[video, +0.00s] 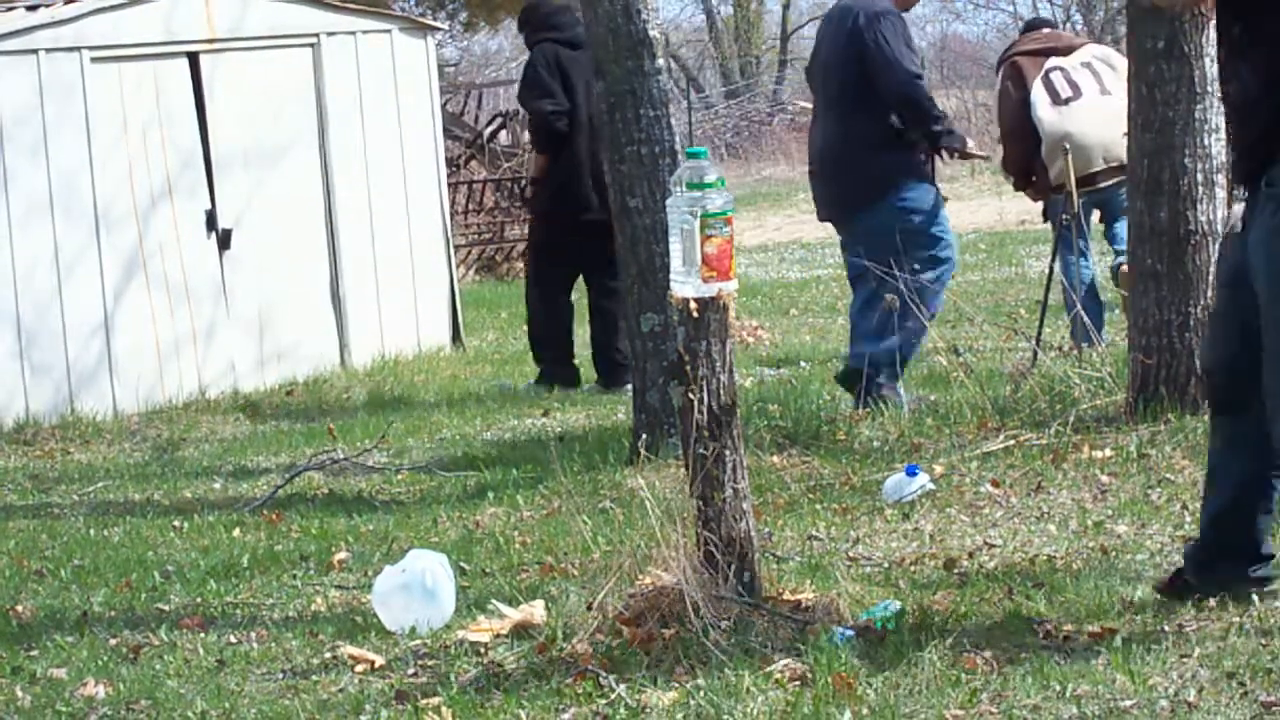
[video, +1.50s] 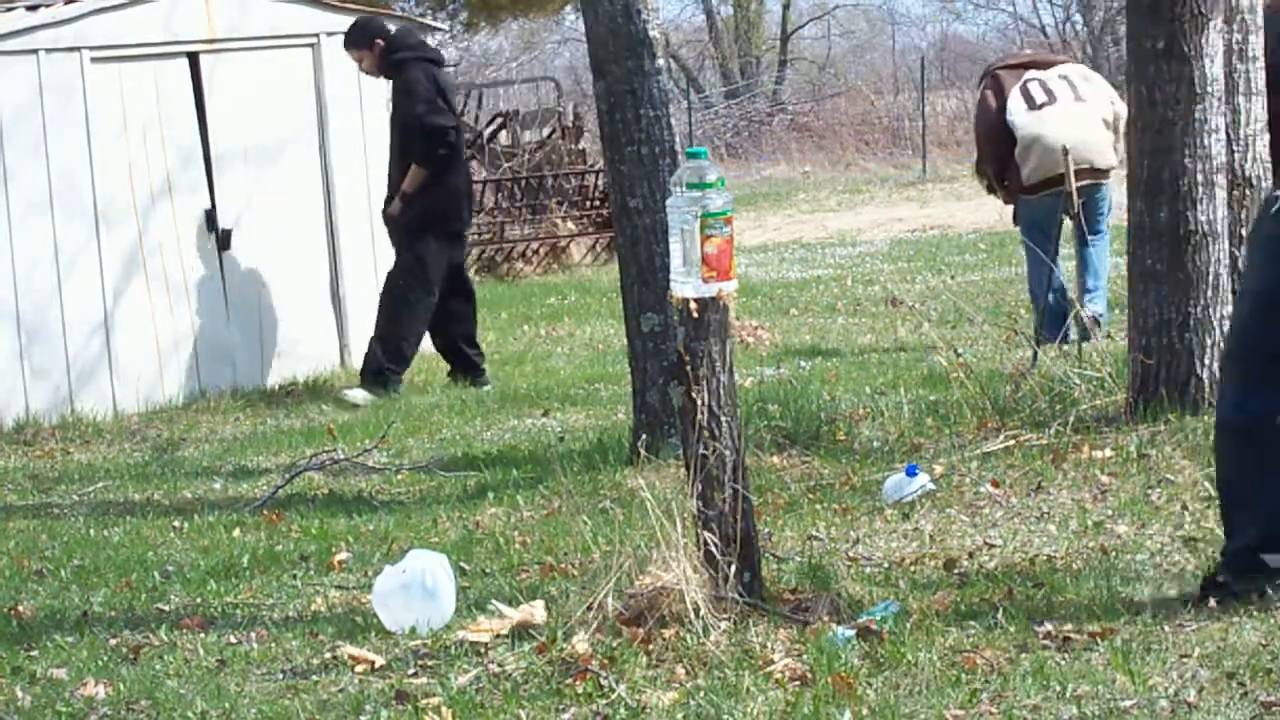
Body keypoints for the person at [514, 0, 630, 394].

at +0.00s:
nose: (526, 38)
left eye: (526, 30)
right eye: (525, 31)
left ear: (536, 26)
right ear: (575, 17)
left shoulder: (545, 57)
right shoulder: (605, 51)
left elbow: (551, 121)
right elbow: (634, 113)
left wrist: (538, 172)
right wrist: (622, 164)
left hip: (562, 196)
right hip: (612, 191)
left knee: (547, 286)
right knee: (610, 284)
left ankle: (557, 374)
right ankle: (617, 372)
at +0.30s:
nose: (475, 50)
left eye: (475, 42)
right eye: (475, 43)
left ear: (484, 40)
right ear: (517, 30)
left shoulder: (492, 74)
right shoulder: (556, 65)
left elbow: (501, 137)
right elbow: (588, 117)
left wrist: (493, 184)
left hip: (521, 202)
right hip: (565, 193)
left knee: (517, 292)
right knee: (575, 284)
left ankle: (506, 376)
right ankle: (610, 368)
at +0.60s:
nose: (436, 50)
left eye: (436, 43)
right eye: (436, 43)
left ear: (443, 42)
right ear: (478, 31)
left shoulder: (450, 78)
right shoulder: (515, 62)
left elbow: (461, 132)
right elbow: (548, 113)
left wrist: (455, 178)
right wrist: (533, 155)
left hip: (483, 192)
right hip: (527, 183)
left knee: (486, 279)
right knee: (510, 271)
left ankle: (501, 372)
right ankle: (539, 350)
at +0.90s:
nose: (412, 57)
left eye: (412, 50)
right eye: (410, 50)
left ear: (421, 46)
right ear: (450, 35)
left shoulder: (432, 75)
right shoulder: (487, 67)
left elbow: (437, 136)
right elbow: (521, 119)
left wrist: (430, 192)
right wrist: (503, 167)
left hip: (461, 192)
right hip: (498, 187)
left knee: (478, 283)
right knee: (467, 282)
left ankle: (502, 371)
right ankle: (465, 369)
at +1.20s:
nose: (390, 66)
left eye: (388, 56)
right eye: (386, 59)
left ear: (403, 44)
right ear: (417, 41)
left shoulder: (423, 70)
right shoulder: (462, 69)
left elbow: (436, 127)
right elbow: (494, 121)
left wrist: (413, 183)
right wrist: (472, 169)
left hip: (442, 196)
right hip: (475, 192)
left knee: (417, 277)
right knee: (463, 275)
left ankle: (462, 368)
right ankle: (470, 363)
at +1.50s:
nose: (360, 69)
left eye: (360, 60)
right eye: (356, 63)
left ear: (378, 47)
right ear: (378, 47)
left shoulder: (413, 74)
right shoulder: (418, 70)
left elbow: (436, 140)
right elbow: (432, 142)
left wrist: (402, 195)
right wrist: (403, 192)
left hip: (430, 211)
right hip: (441, 209)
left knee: (406, 296)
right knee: (449, 296)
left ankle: (379, 384)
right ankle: (470, 375)